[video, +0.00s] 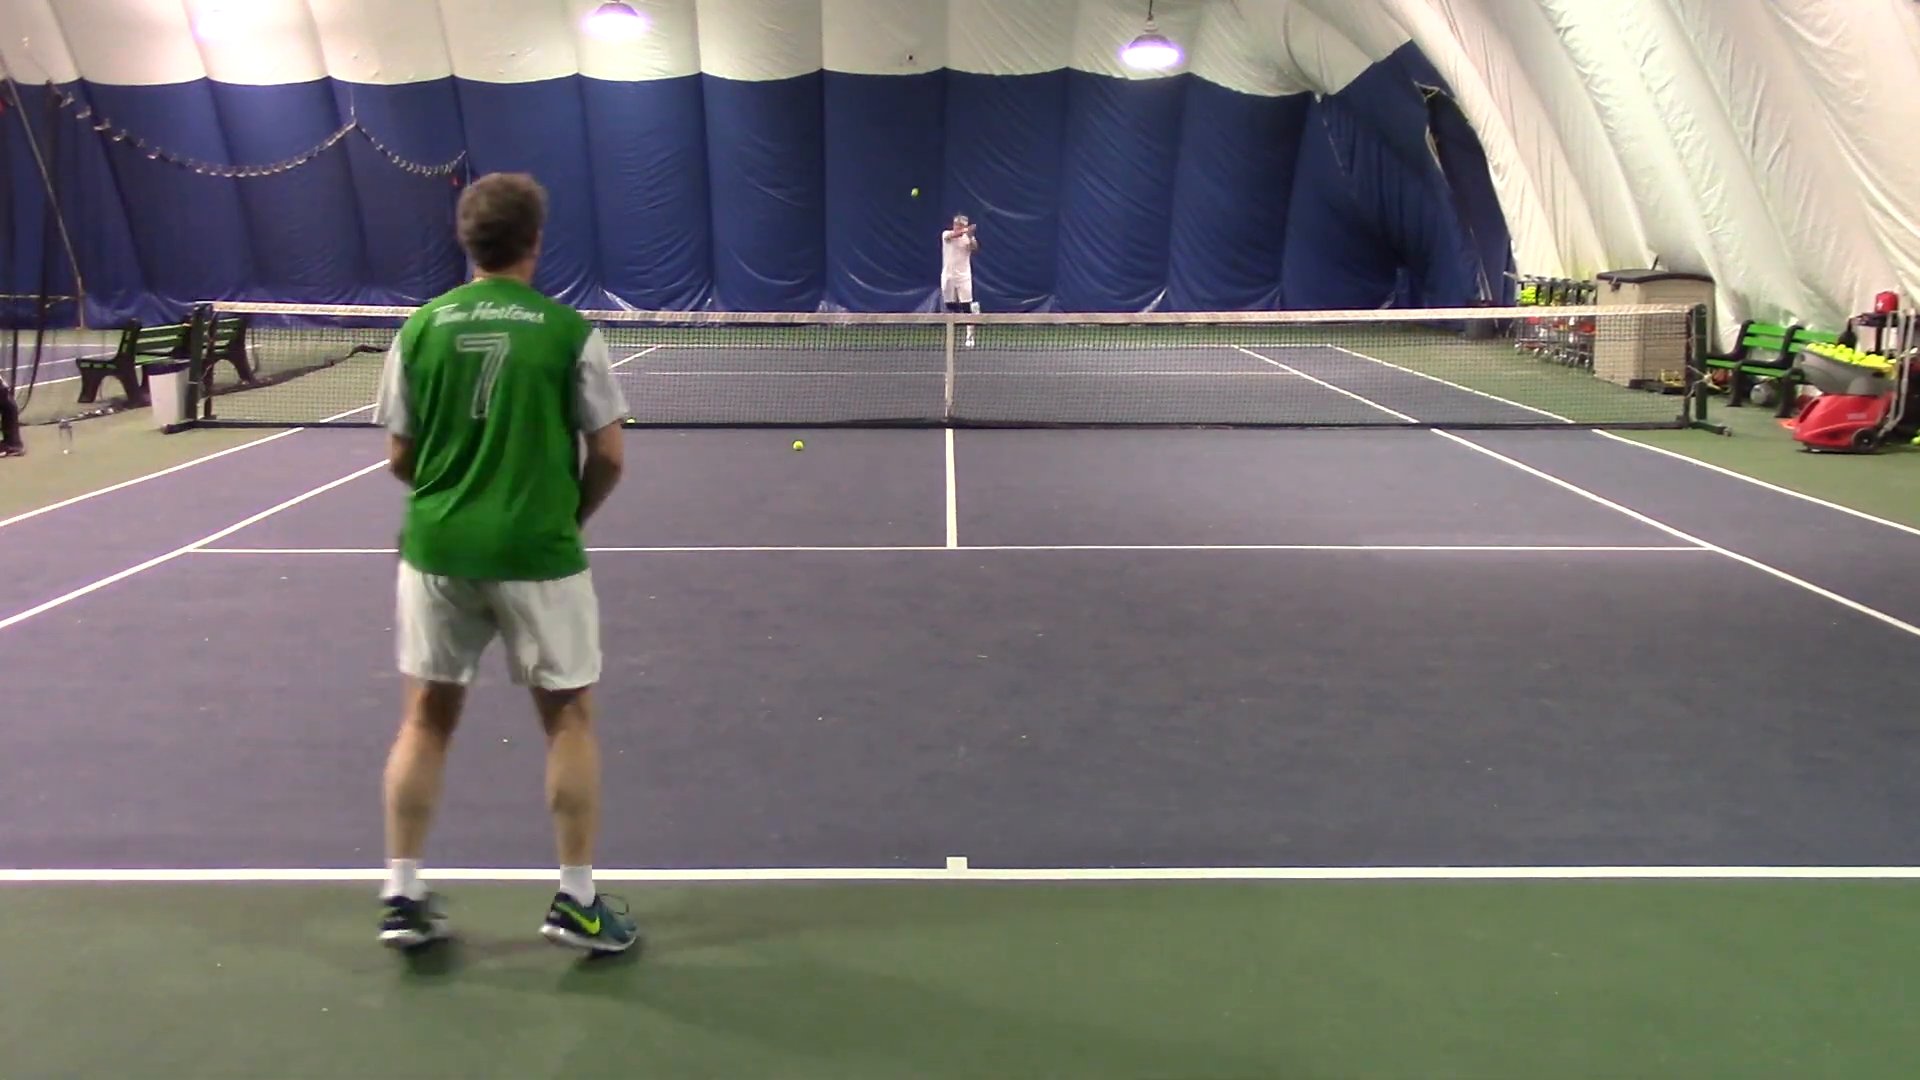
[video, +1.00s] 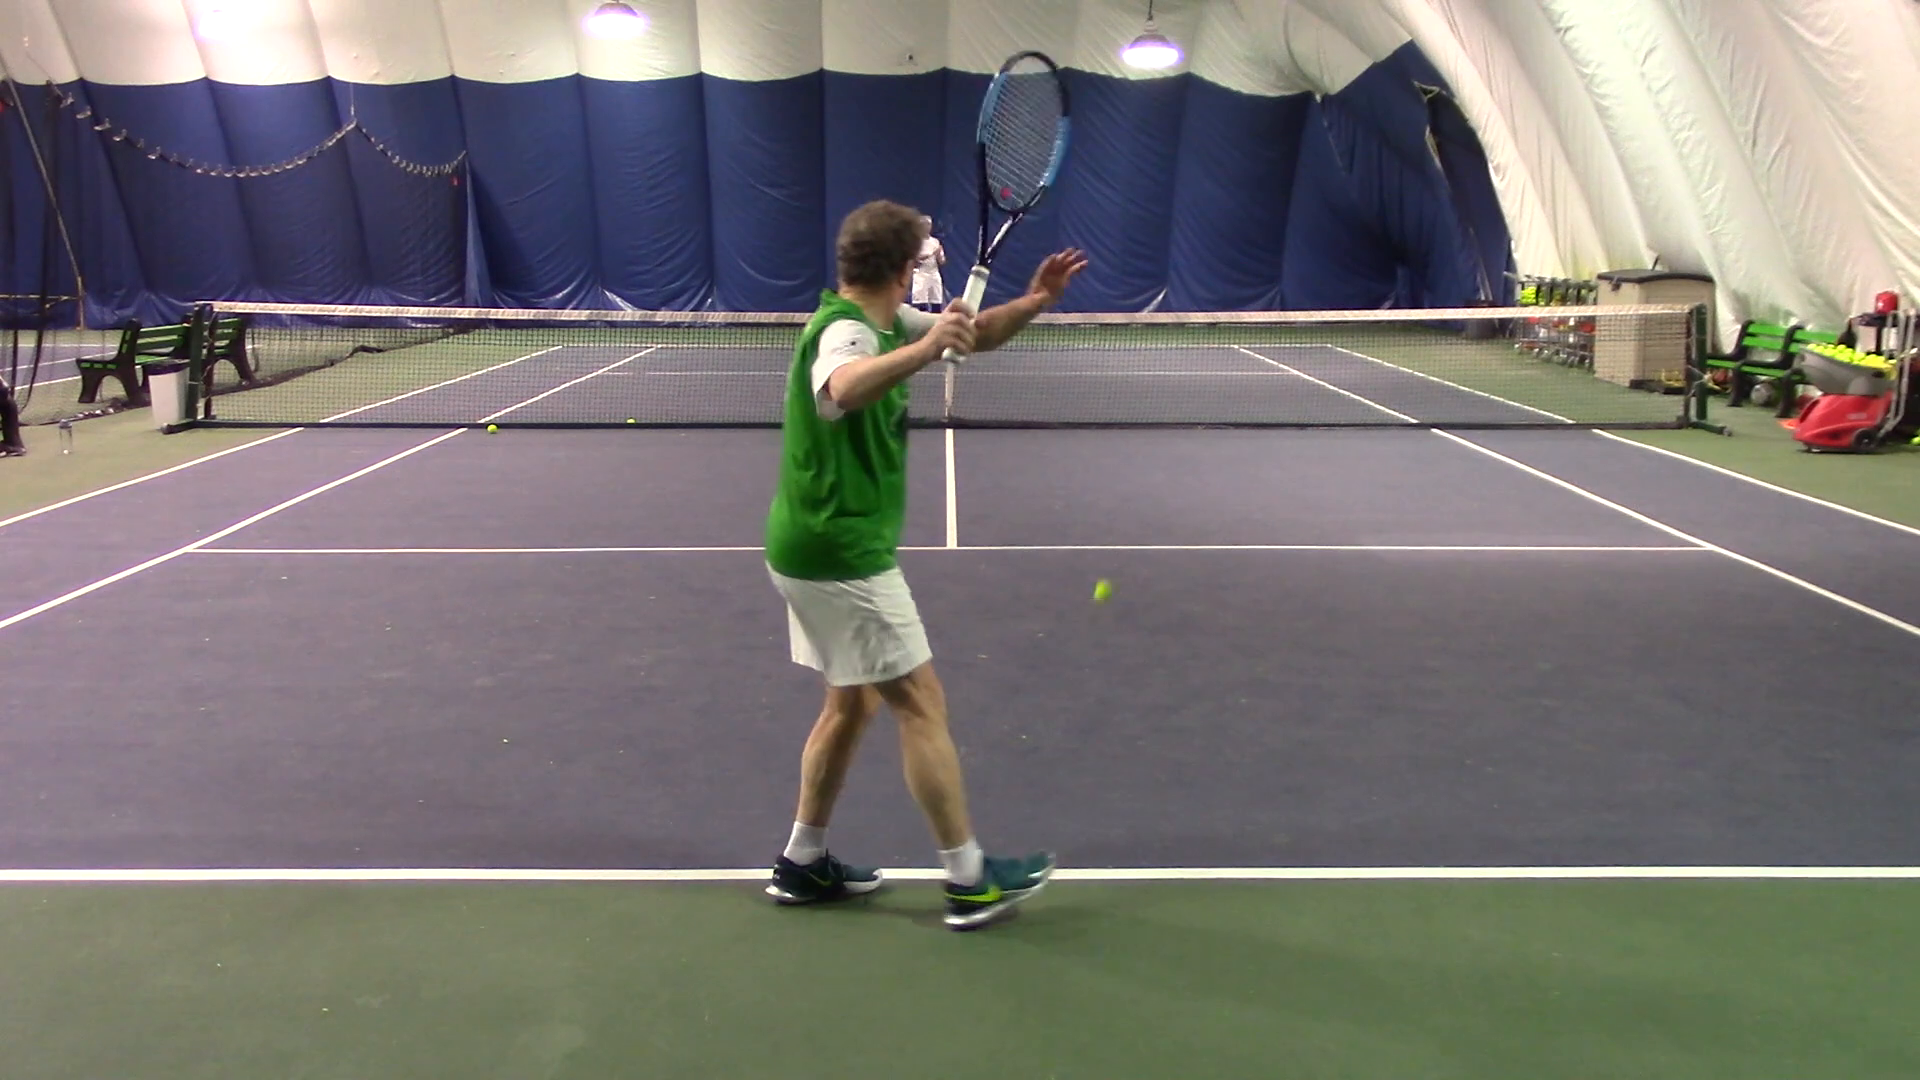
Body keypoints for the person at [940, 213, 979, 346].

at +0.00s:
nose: (959, 228)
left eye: (962, 226)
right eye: (957, 225)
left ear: (966, 227)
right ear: (953, 225)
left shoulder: (968, 238)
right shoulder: (946, 235)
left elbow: (974, 248)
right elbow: (950, 236)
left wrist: (972, 237)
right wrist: (966, 230)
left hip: (964, 275)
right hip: (948, 275)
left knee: (966, 306)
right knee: (950, 306)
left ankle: (969, 335)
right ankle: (951, 335)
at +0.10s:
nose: (959, 229)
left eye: (962, 226)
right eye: (957, 225)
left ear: (967, 227)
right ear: (953, 225)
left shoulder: (969, 240)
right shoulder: (946, 236)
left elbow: (978, 251)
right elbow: (955, 235)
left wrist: (978, 238)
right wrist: (974, 231)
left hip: (963, 276)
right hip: (947, 275)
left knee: (966, 307)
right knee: (948, 307)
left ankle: (970, 335)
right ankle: (950, 335)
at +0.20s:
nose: (958, 228)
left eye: (961, 226)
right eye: (956, 225)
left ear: (965, 226)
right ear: (952, 225)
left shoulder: (966, 241)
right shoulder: (945, 236)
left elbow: (978, 252)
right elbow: (957, 235)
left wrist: (978, 239)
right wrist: (974, 231)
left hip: (963, 276)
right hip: (946, 276)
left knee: (966, 308)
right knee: (941, 309)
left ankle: (969, 336)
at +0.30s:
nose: (956, 228)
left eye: (959, 226)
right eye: (954, 225)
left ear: (963, 226)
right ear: (950, 225)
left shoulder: (964, 240)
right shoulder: (944, 236)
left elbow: (977, 249)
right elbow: (954, 236)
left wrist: (973, 236)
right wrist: (966, 233)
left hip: (960, 274)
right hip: (945, 274)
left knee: (964, 306)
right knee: (939, 306)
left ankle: (966, 336)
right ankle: (932, 331)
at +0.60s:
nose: (940, 230)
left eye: (943, 227)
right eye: (938, 227)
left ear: (947, 229)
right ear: (934, 228)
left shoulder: (949, 242)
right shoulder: (930, 239)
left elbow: (963, 253)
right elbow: (941, 242)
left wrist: (959, 241)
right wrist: (952, 238)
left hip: (945, 276)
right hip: (931, 276)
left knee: (953, 306)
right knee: (929, 307)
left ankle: (960, 335)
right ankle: (922, 335)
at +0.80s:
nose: (931, 227)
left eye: (933, 225)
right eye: (929, 225)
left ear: (936, 226)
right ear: (924, 226)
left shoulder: (940, 241)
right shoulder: (919, 239)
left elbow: (944, 259)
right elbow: (928, 250)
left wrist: (948, 250)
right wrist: (944, 246)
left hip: (937, 273)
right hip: (924, 273)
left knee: (947, 302)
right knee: (925, 304)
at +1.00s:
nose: (926, 228)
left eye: (928, 225)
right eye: (923, 225)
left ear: (931, 227)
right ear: (919, 227)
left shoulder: (935, 242)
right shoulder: (915, 242)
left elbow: (941, 261)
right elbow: (912, 260)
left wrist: (940, 254)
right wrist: (930, 255)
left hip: (934, 274)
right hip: (920, 274)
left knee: (936, 305)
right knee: (921, 305)